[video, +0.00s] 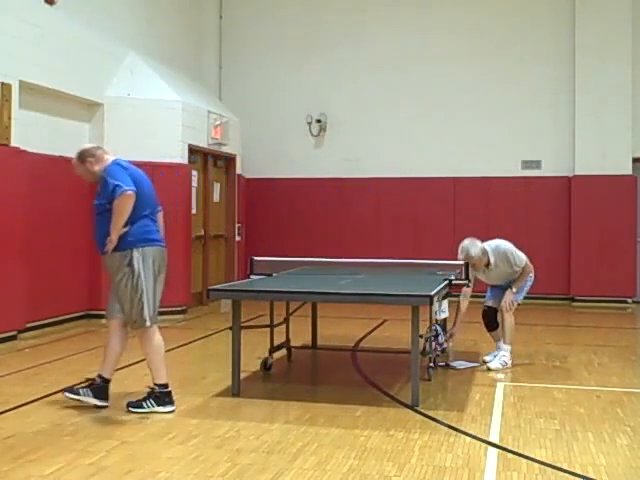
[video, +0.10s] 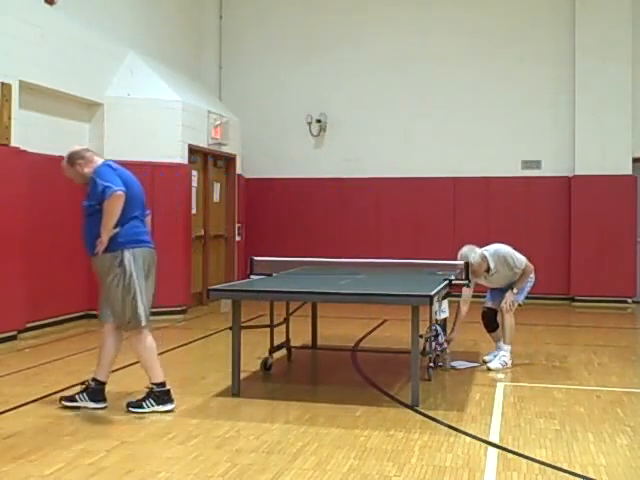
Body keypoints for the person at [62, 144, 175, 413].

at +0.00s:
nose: (86, 178)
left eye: (84, 173)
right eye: (83, 174)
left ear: (92, 162)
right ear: (100, 156)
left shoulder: (111, 169)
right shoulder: (129, 169)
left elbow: (126, 193)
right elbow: (157, 210)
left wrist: (114, 233)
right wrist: (157, 244)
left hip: (137, 251)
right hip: (140, 250)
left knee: (145, 323)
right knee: (117, 319)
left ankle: (162, 393)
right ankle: (101, 386)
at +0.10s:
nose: (77, 181)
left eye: (74, 176)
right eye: (73, 178)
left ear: (81, 164)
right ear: (90, 158)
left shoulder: (100, 170)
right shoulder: (121, 172)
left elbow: (116, 193)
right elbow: (145, 214)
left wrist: (105, 234)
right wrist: (142, 244)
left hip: (125, 252)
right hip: (135, 249)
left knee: (135, 326)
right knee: (111, 324)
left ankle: (160, 391)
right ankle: (96, 389)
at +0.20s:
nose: (66, 179)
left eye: (64, 173)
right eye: (64, 176)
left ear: (72, 162)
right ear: (78, 158)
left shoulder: (92, 169)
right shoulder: (102, 171)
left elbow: (109, 193)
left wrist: (97, 233)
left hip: (115, 250)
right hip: (117, 249)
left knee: (103, 325)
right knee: (109, 326)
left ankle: (149, 381)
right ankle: (95, 389)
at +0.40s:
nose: (53, 174)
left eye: (51, 168)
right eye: (50, 171)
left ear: (59, 157)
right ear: (64, 154)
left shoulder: (82, 164)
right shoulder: (79, 175)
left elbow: (101, 189)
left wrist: (83, 230)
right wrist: (70, 249)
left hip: (98, 248)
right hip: (107, 249)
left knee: (59, 314)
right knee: (94, 321)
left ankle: (97, 373)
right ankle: (94, 390)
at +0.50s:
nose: (47, 173)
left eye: (45, 167)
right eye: (44, 170)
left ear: (54, 155)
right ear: (57, 153)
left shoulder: (76, 163)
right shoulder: (71, 176)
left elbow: (97, 188)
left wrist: (76, 228)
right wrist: (60, 248)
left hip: (89, 247)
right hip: (100, 248)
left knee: (49, 313)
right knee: (90, 320)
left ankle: (66, 386)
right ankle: (95, 389)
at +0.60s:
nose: (38, 172)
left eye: (37, 166)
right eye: (36, 169)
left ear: (46, 155)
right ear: (49, 154)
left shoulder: (69, 163)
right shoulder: (62, 177)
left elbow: (92, 189)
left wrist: (69, 229)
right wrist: (53, 249)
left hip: (82, 250)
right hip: (86, 251)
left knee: (37, 311)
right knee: (84, 320)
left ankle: (54, 382)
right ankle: (93, 389)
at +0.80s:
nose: (14, 175)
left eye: (12, 169)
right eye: (11, 170)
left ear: (24, 156)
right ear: (26, 156)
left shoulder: (49, 166)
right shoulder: (40, 175)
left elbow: (76, 191)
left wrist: (55, 232)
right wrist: (34, 256)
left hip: (65, 253)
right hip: (66, 252)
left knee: (32, 321)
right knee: (72, 322)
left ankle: (20, 397)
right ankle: (92, 389)